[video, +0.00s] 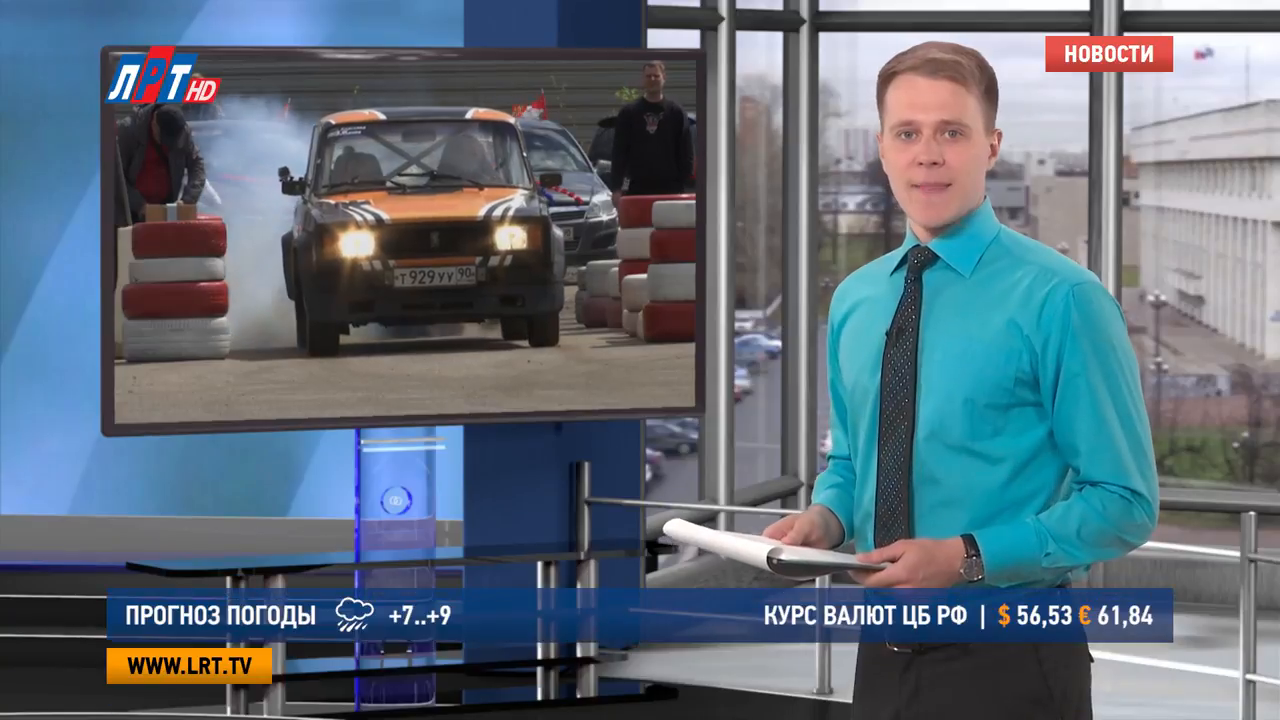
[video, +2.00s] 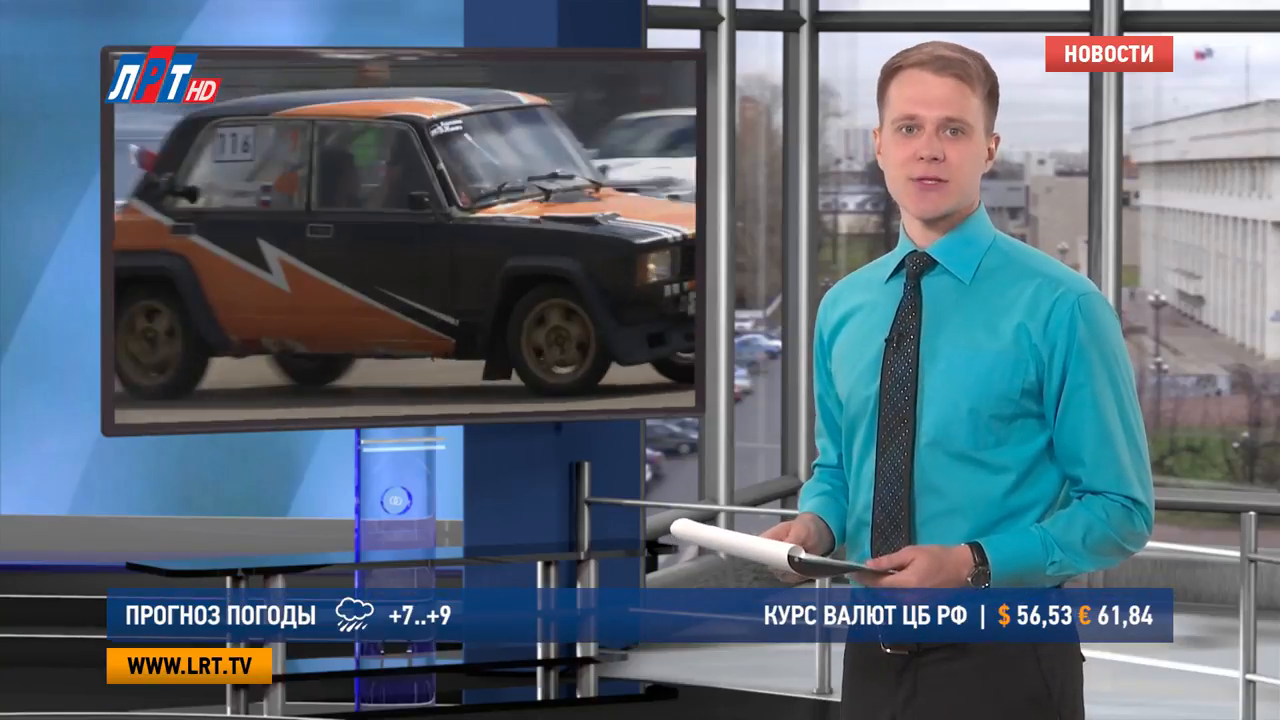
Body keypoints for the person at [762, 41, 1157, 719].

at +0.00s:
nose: (928, 155)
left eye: (951, 132)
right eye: (907, 133)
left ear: (991, 146)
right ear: (882, 148)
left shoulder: (1062, 298)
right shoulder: (855, 299)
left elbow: (1126, 501)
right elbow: (849, 464)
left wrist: (969, 557)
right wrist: (822, 519)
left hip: (1013, 658)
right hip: (884, 655)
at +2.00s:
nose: (928, 149)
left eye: (953, 129)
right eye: (909, 128)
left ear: (990, 149)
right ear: (879, 145)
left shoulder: (1062, 306)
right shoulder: (843, 306)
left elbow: (1121, 509)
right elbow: (834, 469)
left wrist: (974, 563)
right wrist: (813, 526)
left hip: (1005, 659)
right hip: (873, 655)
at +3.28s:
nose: (934, 150)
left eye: (958, 128)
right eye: (913, 128)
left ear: (996, 147)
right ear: (885, 147)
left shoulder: (1071, 308)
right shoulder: (849, 307)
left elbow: (1130, 509)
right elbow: (841, 467)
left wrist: (986, 565)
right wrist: (820, 530)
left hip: (1009, 659)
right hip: (876, 656)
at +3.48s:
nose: (928, 145)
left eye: (954, 124)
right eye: (908, 124)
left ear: (994, 146)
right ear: (883, 145)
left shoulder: (1070, 309)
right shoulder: (848, 307)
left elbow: (1129, 509)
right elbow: (841, 468)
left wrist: (985, 565)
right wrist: (819, 529)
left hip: (1009, 658)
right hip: (877, 655)